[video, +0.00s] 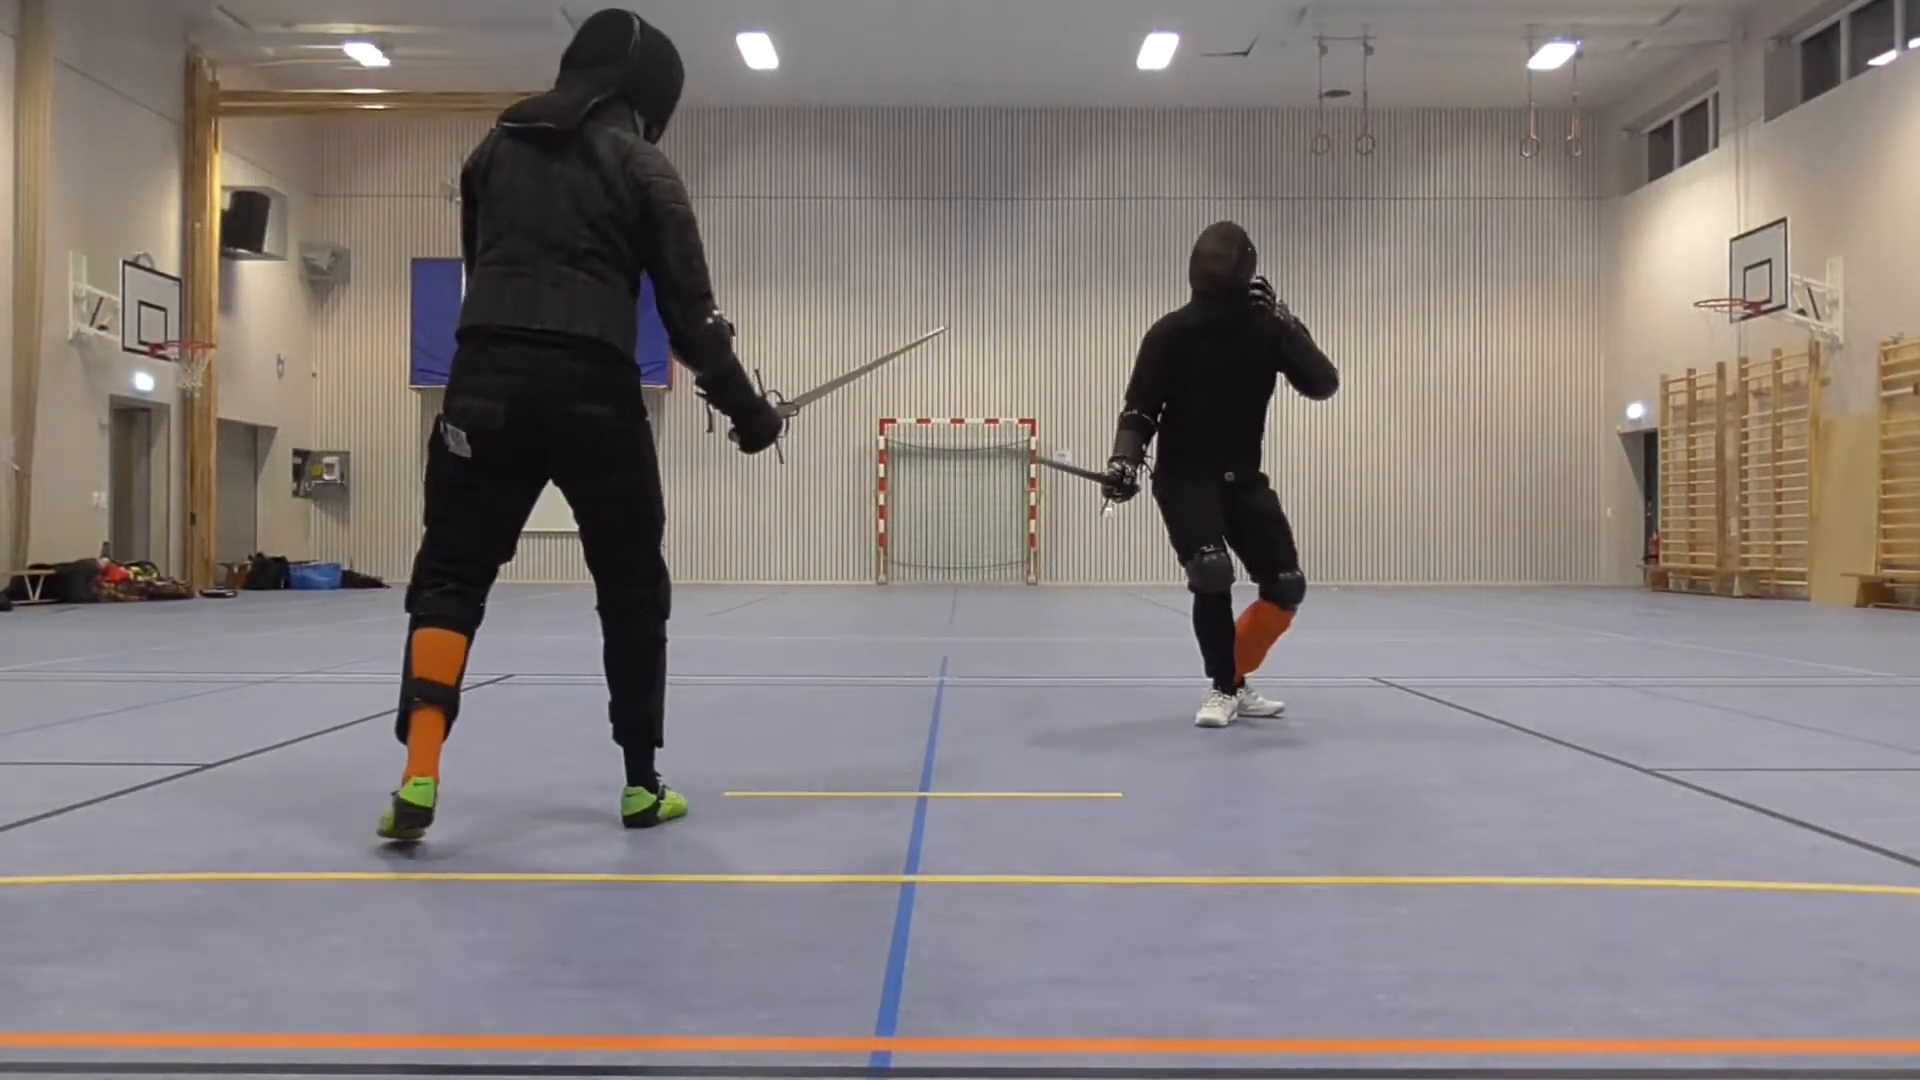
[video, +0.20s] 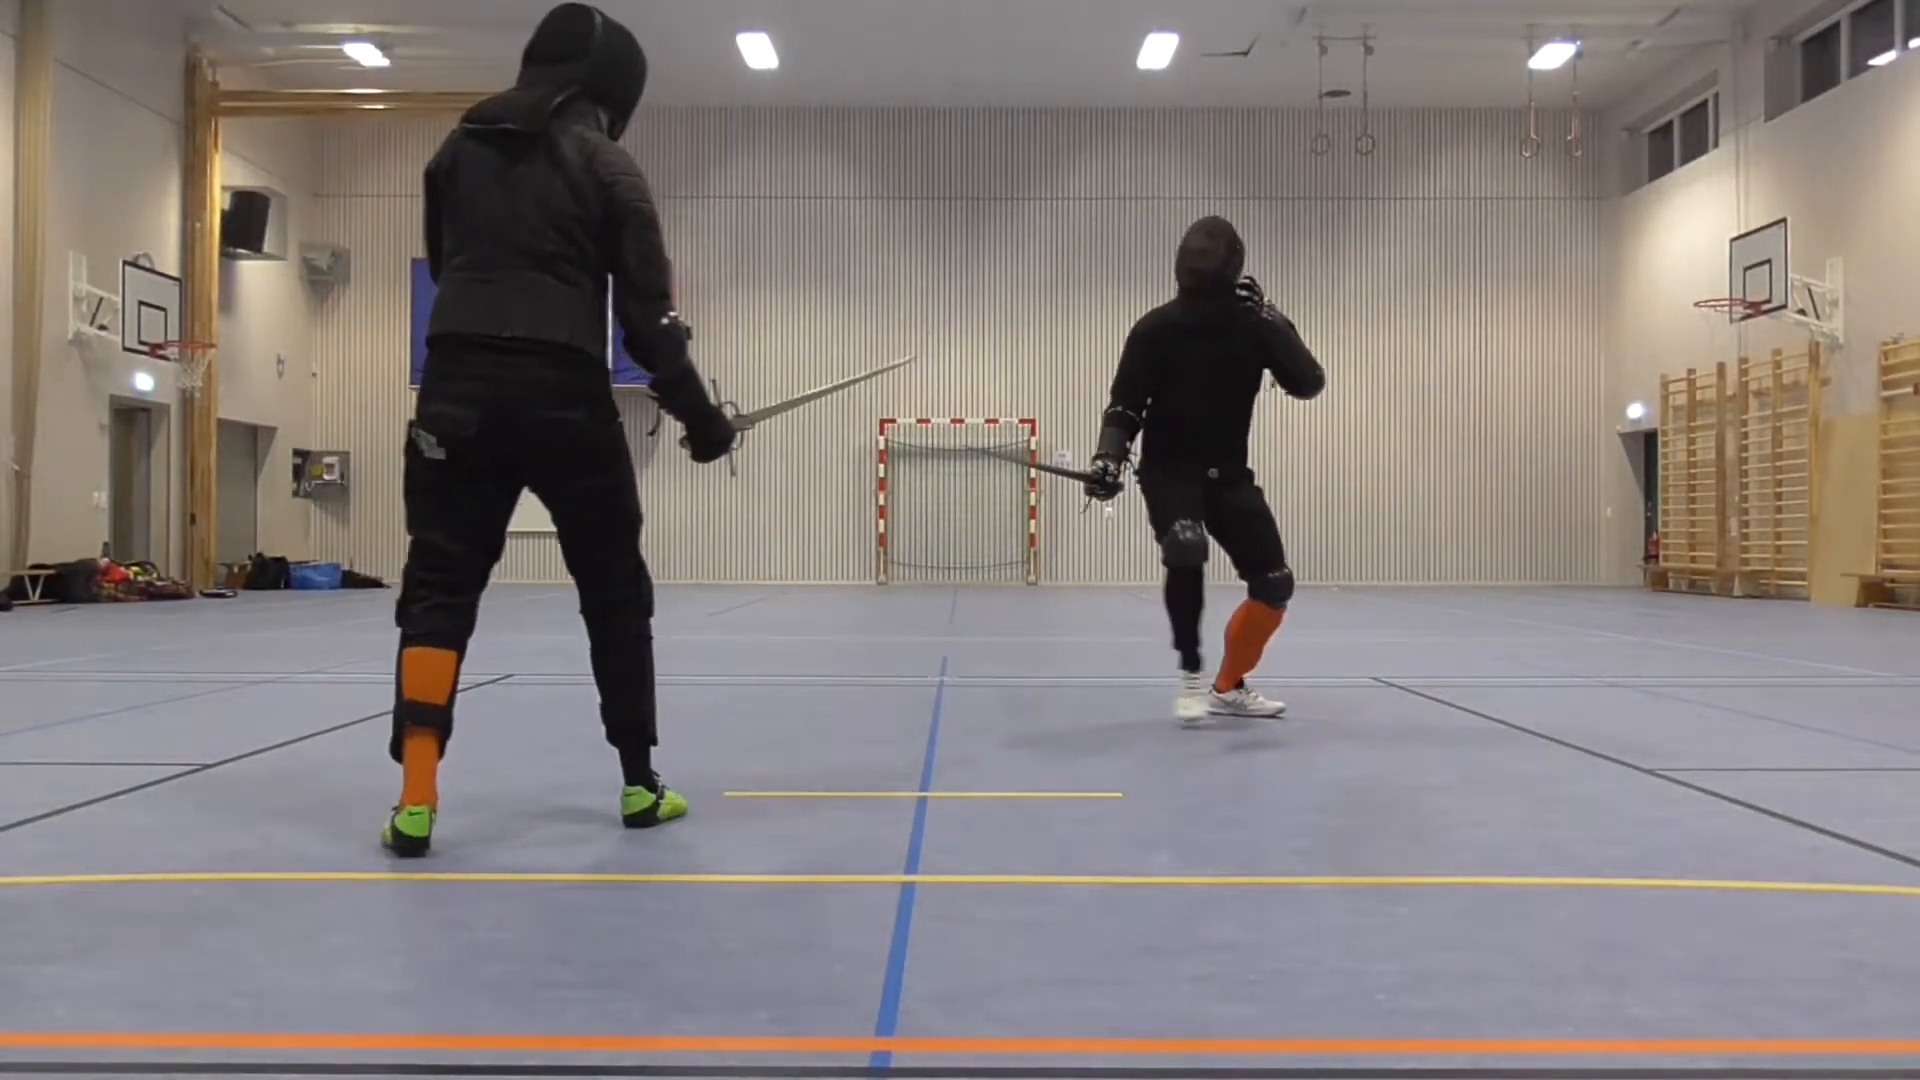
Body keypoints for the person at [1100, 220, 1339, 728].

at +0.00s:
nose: (1208, 280)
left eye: (1219, 270)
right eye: (1203, 269)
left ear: (1243, 272)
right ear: (1192, 268)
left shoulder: (1268, 329)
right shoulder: (1170, 335)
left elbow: (1323, 384)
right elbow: (1140, 408)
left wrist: (1283, 320)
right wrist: (1125, 459)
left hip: (1241, 476)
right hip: (1183, 476)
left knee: (1285, 587)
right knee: (1212, 573)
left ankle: (1232, 684)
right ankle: (1223, 690)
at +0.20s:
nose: (1194, 267)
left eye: (1206, 258)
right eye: (1189, 256)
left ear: (1231, 269)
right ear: (1179, 260)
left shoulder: (1255, 327)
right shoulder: (1155, 330)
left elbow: (1308, 384)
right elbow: (1125, 404)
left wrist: (1271, 321)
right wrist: (1109, 456)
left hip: (1227, 470)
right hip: (1167, 469)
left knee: (1274, 586)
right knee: (1186, 556)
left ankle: (1228, 687)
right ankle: (1191, 676)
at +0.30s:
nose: (1181, 273)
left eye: (1194, 263)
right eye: (1176, 261)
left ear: (1221, 268)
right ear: (1167, 259)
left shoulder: (1246, 327)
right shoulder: (1143, 331)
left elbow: (1299, 383)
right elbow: (1114, 406)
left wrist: (1258, 319)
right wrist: (1095, 458)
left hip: (1218, 474)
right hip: (1157, 471)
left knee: (1268, 588)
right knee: (1161, 543)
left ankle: (1227, 689)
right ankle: (1130, 677)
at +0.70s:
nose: (1113, 291)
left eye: (1127, 282)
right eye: (1108, 279)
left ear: (1154, 291)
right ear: (1098, 288)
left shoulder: (1178, 354)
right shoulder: (1072, 356)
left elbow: (1250, 413)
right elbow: (1024, 420)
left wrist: (1206, 353)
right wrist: (983, 467)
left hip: (1159, 509)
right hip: (1092, 506)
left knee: (1244, 614)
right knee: (1077, 576)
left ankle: (1184, 693)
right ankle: (1027, 717)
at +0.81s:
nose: (1106, 292)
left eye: (1119, 282)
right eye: (1100, 281)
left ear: (1153, 286)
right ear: (1092, 284)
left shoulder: (1179, 353)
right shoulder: (1072, 358)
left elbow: (1255, 405)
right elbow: (1028, 426)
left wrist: (1203, 351)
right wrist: (987, 471)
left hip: (1165, 508)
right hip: (1096, 507)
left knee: (1237, 621)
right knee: (1077, 577)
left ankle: (1184, 700)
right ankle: (1027, 716)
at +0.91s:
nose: (1121, 288)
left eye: (1129, 276)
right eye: (1116, 276)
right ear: (1150, 279)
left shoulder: (1181, 338)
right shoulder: (1072, 348)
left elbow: (1254, 393)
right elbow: (1035, 426)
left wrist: (1200, 336)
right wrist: (1001, 477)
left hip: (1167, 499)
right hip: (1096, 500)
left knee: (1231, 610)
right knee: (1074, 571)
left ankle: (1186, 699)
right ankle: (1024, 711)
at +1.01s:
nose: (1150, 254)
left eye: (1129, 249)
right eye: (1149, 246)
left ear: (1098, 253)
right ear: (1145, 252)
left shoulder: (1173, 314)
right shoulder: (1064, 325)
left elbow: (1242, 371)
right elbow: (1038, 416)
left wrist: (1187, 304)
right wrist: (1013, 474)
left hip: (1156, 480)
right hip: (1085, 480)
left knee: (1205, 596)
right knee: (1059, 568)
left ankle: (1186, 697)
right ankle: (1015, 707)